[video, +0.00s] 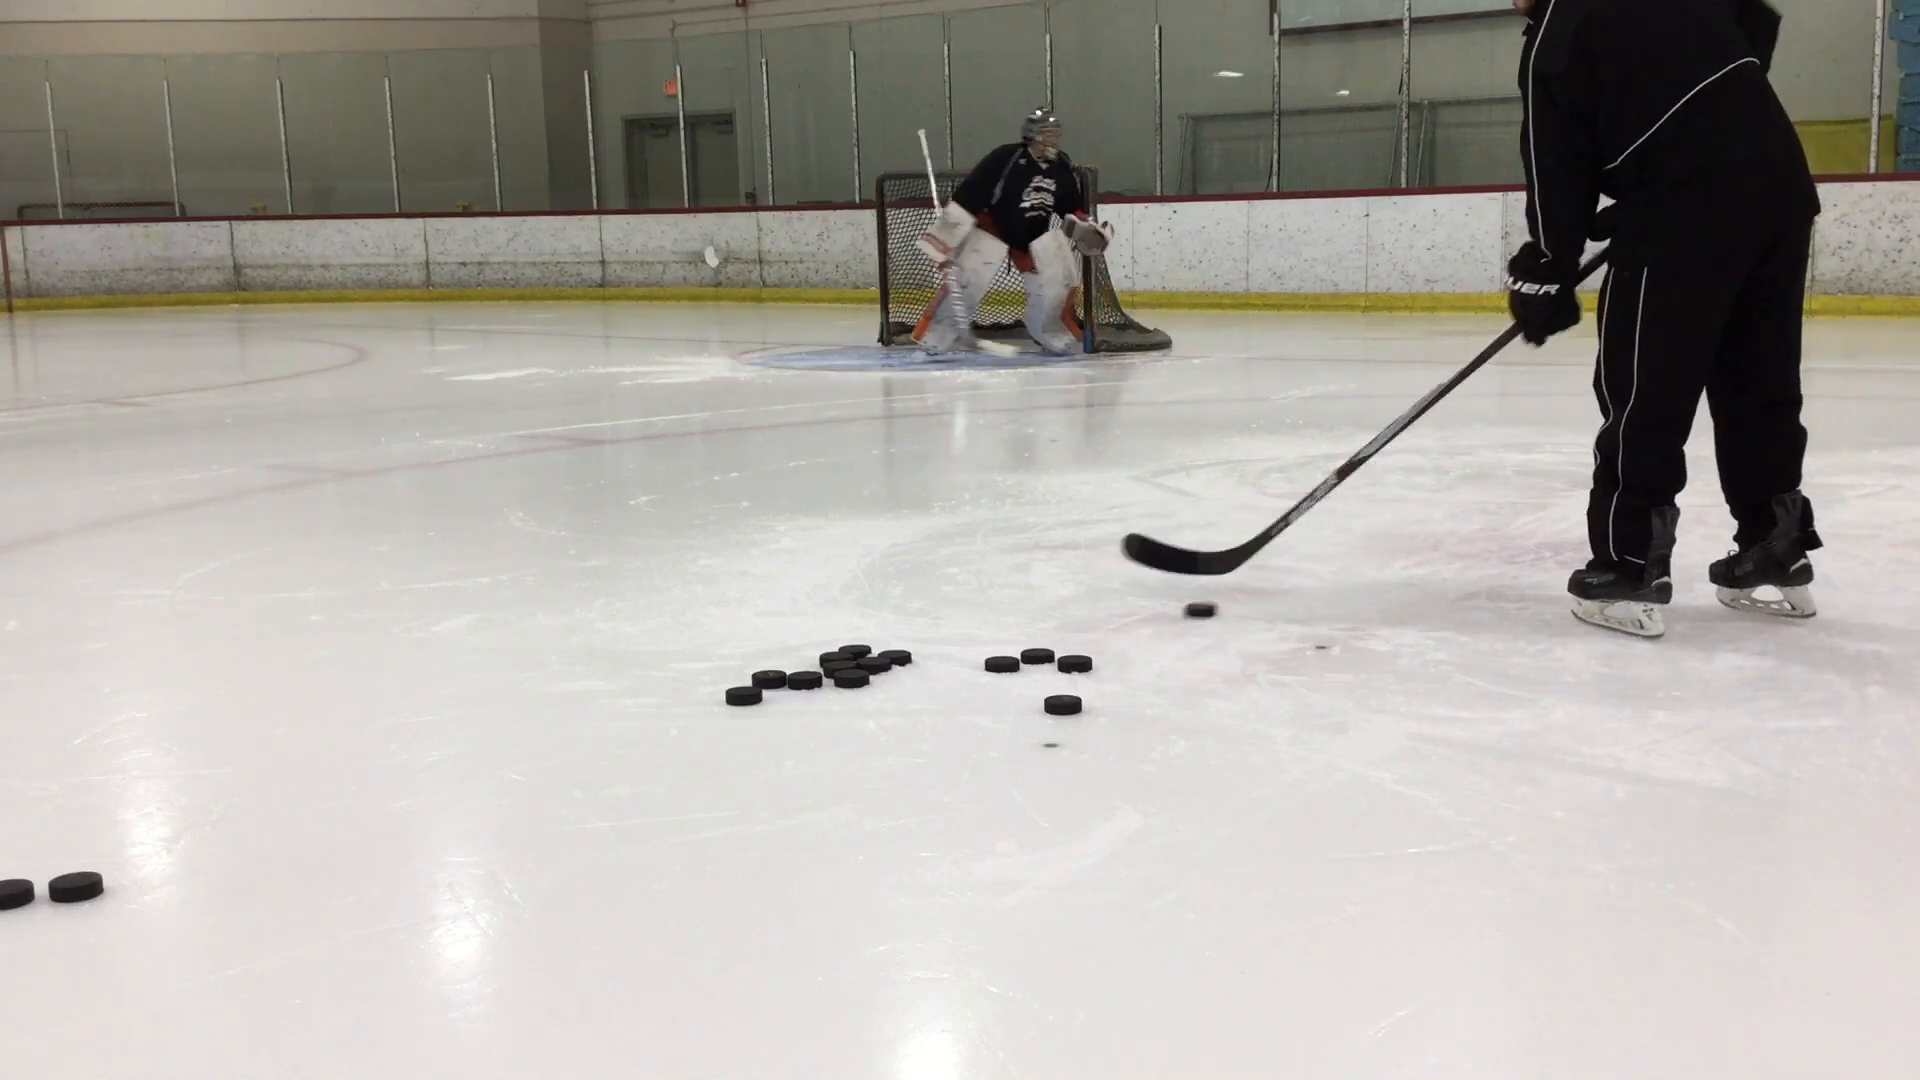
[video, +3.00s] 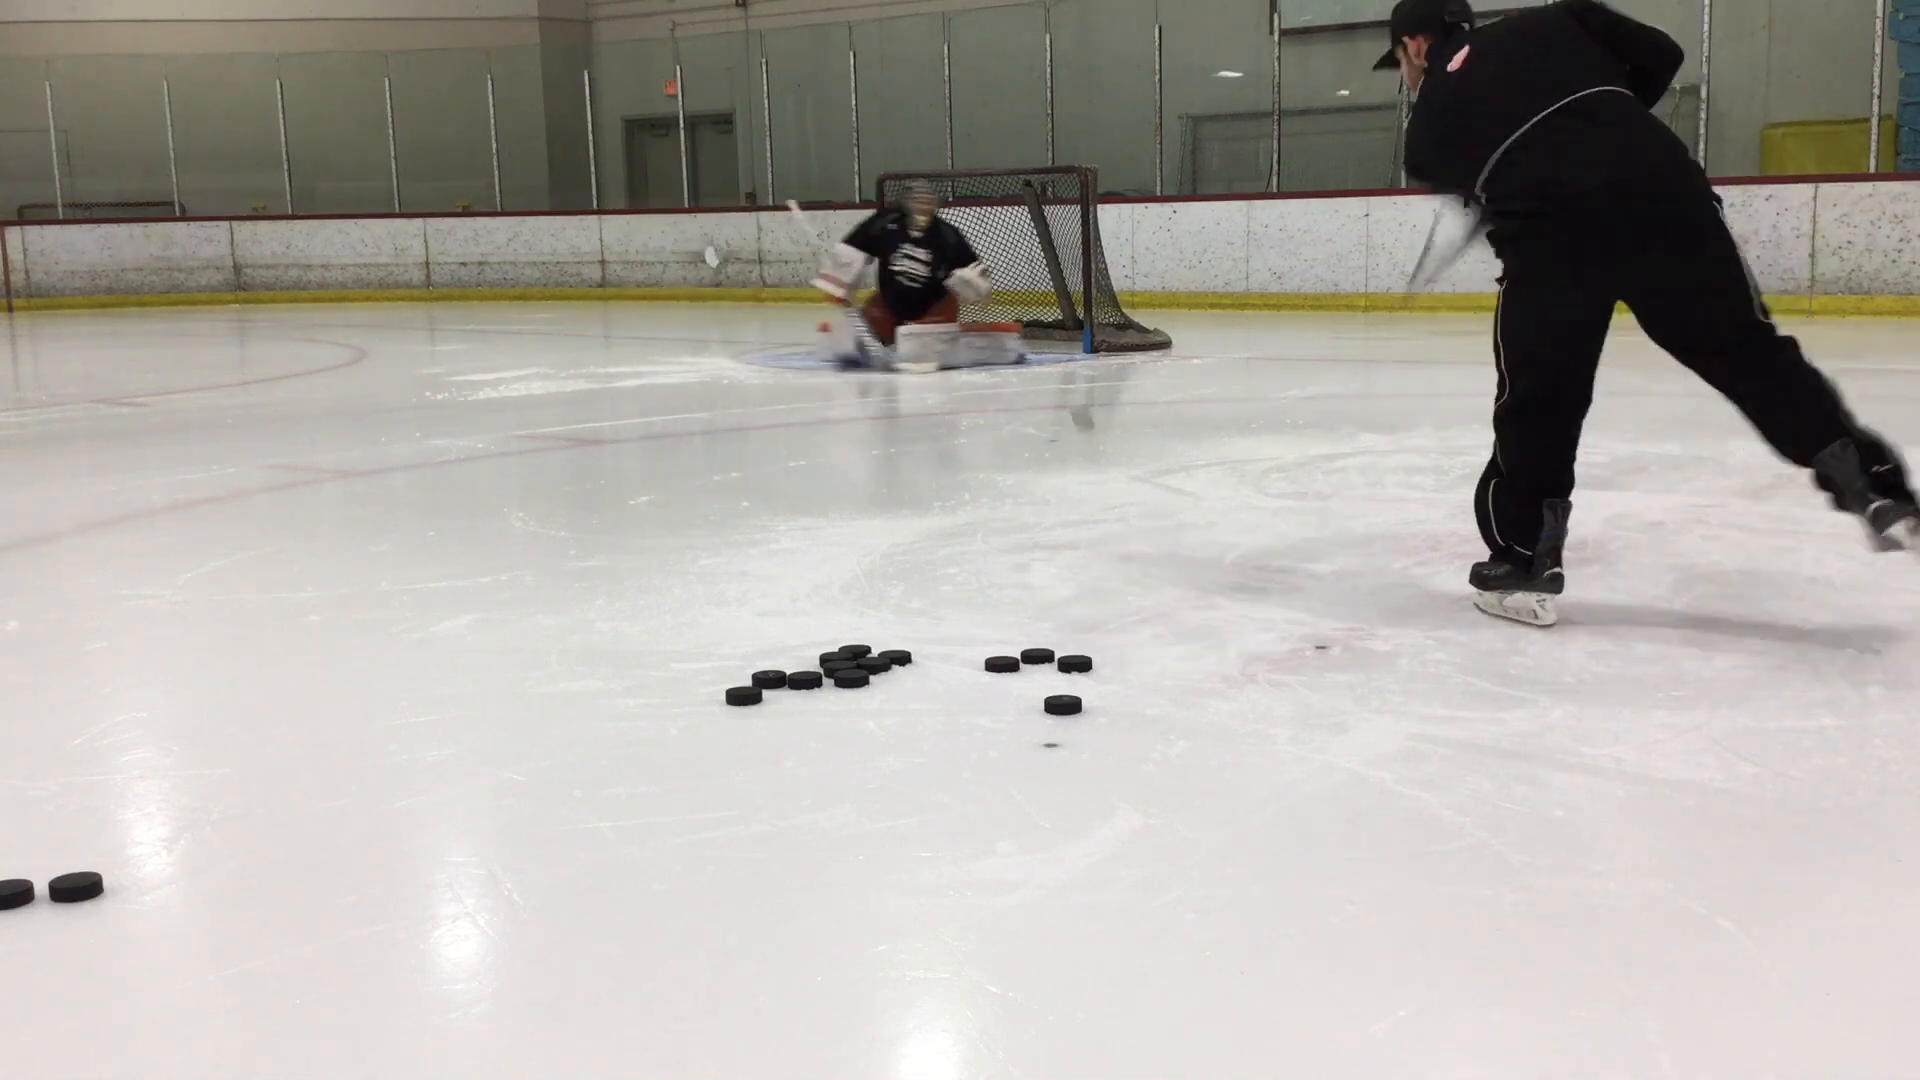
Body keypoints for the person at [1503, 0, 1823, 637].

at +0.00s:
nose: (1514, 10)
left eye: (1517, 8)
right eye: (1516, 9)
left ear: (1529, 2)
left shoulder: (1553, 36)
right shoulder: (1680, 7)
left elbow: (1556, 156)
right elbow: (1761, 19)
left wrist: (1545, 273)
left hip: (1678, 210)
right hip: (1779, 190)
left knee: (1640, 392)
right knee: (1758, 383)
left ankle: (1634, 564)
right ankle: (1776, 548)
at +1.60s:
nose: (1544, 12)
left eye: (1544, 9)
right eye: (1545, 9)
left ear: (1558, 2)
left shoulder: (1575, 42)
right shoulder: (1709, 7)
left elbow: (1575, 182)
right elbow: (1743, 95)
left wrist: (1557, 301)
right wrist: (1662, 203)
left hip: (1705, 214)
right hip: (1806, 194)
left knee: (1664, 389)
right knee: (1769, 383)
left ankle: (1642, 559)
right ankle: (1763, 548)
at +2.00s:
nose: (1528, 13)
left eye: (1529, 5)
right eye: (1527, 7)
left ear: (1550, 1)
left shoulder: (1568, 52)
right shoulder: (1674, 14)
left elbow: (1586, 180)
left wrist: (1582, 290)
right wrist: (1616, 277)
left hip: (1708, 212)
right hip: (1808, 192)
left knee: (1662, 388)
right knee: (1771, 383)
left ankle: (1640, 563)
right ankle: (1763, 552)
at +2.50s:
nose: (1474, 33)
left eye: (1471, 18)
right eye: (1470, 21)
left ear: (1492, 9)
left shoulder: (1524, 74)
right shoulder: (1642, 22)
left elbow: (1518, 217)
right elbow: (1678, 134)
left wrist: (1490, 330)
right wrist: (1612, 262)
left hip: (1660, 233)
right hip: (1763, 206)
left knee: (1613, 394)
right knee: (1746, 391)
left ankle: (1604, 561)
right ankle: (1780, 549)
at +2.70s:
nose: (1421, 66)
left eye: (1416, 47)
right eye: (1414, 54)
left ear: (1443, 21)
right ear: (1470, 17)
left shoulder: (1479, 79)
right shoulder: (1568, 39)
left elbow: (1486, 213)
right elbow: (1603, 157)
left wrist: (1466, 328)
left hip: (1607, 224)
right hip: (1710, 195)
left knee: (1575, 391)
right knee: (1748, 372)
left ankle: (1563, 557)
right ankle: (1848, 530)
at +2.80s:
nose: (1405, 66)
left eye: (1400, 48)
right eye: (1398, 55)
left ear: (1427, 17)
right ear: (1454, 12)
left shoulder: (1457, 79)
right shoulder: (1546, 32)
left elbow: (1479, 212)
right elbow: (1579, 157)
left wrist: (1469, 319)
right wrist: (1531, 274)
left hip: (1591, 234)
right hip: (1687, 204)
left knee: (1555, 387)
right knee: (1763, 347)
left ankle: (1539, 553)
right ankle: (1886, 484)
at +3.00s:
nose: (1401, 77)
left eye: (1400, 62)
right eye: (1399, 64)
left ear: (1418, 48)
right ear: (1465, 27)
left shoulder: (1427, 127)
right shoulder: (1558, 20)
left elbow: (1453, 180)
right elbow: (1658, 54)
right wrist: (1603, 124)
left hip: (1554, 240)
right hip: (1665, 201)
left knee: (1540, 396)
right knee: (1742, 344)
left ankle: (1527, 557)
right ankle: (1865, 476)